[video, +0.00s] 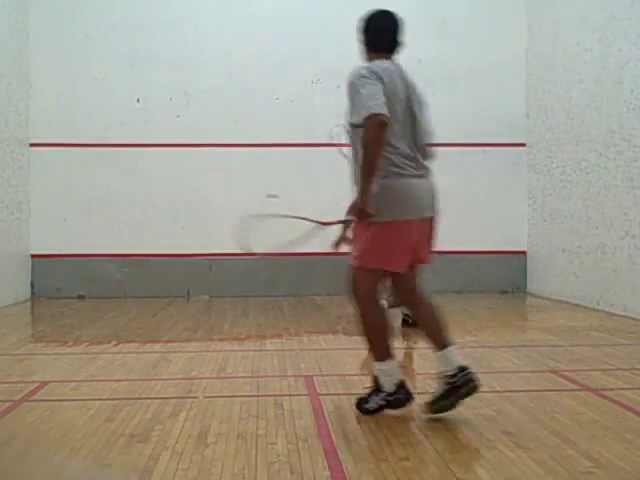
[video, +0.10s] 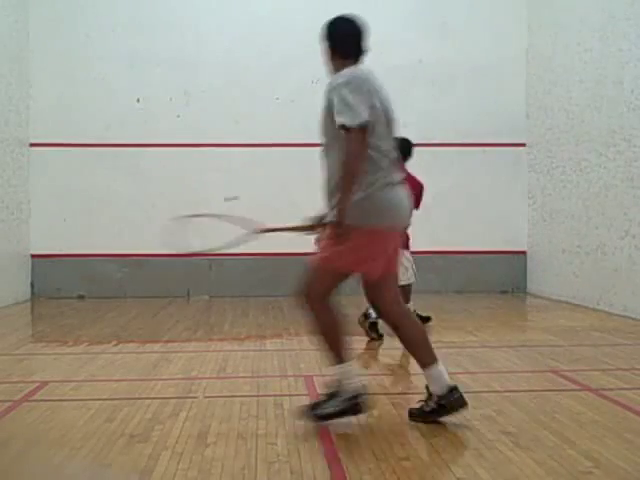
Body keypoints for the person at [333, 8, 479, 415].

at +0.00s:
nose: (363, 43)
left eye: (363, 37)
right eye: (374, 36)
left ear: (364, 40)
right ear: (397, 41)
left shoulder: (367, 75)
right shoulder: (407, 80)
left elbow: (377, 123)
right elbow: (423, 148)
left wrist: (363, 197)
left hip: (388, 198)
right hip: (422, 195)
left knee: (365, 288)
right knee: (407, 286)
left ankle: (390, 383)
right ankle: (456, 370)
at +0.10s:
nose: (324, 53)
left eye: (325, 46)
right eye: (327, 46)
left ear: (330, 48)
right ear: (360, 46)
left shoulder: (347, 84)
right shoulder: (369, 83)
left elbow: (356, 153)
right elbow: (375, 159)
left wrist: (338, 215)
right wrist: (328, 214)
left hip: (367, 214)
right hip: (392, 211)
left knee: (314, 290)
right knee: (385, 298)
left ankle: (348, 387)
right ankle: (442, 388)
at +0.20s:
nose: (285, 72)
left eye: (286, 64)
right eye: (288, 64)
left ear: (291, 66)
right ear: (321, 65)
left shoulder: (312, 102)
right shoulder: (331, 102)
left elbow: (325, 152)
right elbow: (302, 181)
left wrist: (295, 199)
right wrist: (252, 219)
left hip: (333, 231)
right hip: (362, 227)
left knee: (262, 301)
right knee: (384, 311)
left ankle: (287, 406)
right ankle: (445, 392)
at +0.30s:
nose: (231, 73)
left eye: (232, 65)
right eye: (235, 64)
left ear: (238, 66)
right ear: (265, 64)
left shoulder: (260, 106)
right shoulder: (275, 103)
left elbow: (251, 179)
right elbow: (261, 177)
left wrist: (200, 223)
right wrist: (220, 199)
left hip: (283, 233)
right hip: (303, 231)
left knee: (234, 317)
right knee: (304, 321)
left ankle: (282, 410)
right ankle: (388, 368)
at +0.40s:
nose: (167, 86)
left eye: (168, 77)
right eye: (167, 77)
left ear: (177, 75)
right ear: (197, 72)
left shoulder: (211, 108)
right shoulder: (196, 121)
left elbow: (181, 171)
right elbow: (182, 194)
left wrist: (127, 207)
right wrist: (128, 216)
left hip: (244, 237)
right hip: (222, 241)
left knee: (212, 327)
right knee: (186, 325)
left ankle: (281, 409)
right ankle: (270, 367)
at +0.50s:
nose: (99, 99)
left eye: (102, 89)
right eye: (97, 90)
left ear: (117, 86)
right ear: (112, 88)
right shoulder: (122, 135)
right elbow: (96, 197)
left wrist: (42, 189)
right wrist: (43, 217)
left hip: (190, 255)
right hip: (150, 250)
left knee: (193, 348)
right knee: (77, 292)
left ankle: (271, 406)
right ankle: (97, 396)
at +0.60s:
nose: (20, 114)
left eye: (22, 104)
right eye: (19, 105)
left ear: (36, 100)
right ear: (41, 99)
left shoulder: (74, 126)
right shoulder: (42, 145)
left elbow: (39, 189)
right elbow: (20, 196)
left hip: (118, 267)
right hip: (73, 264)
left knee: (146, 358)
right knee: (4, 315)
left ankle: (240, 394)